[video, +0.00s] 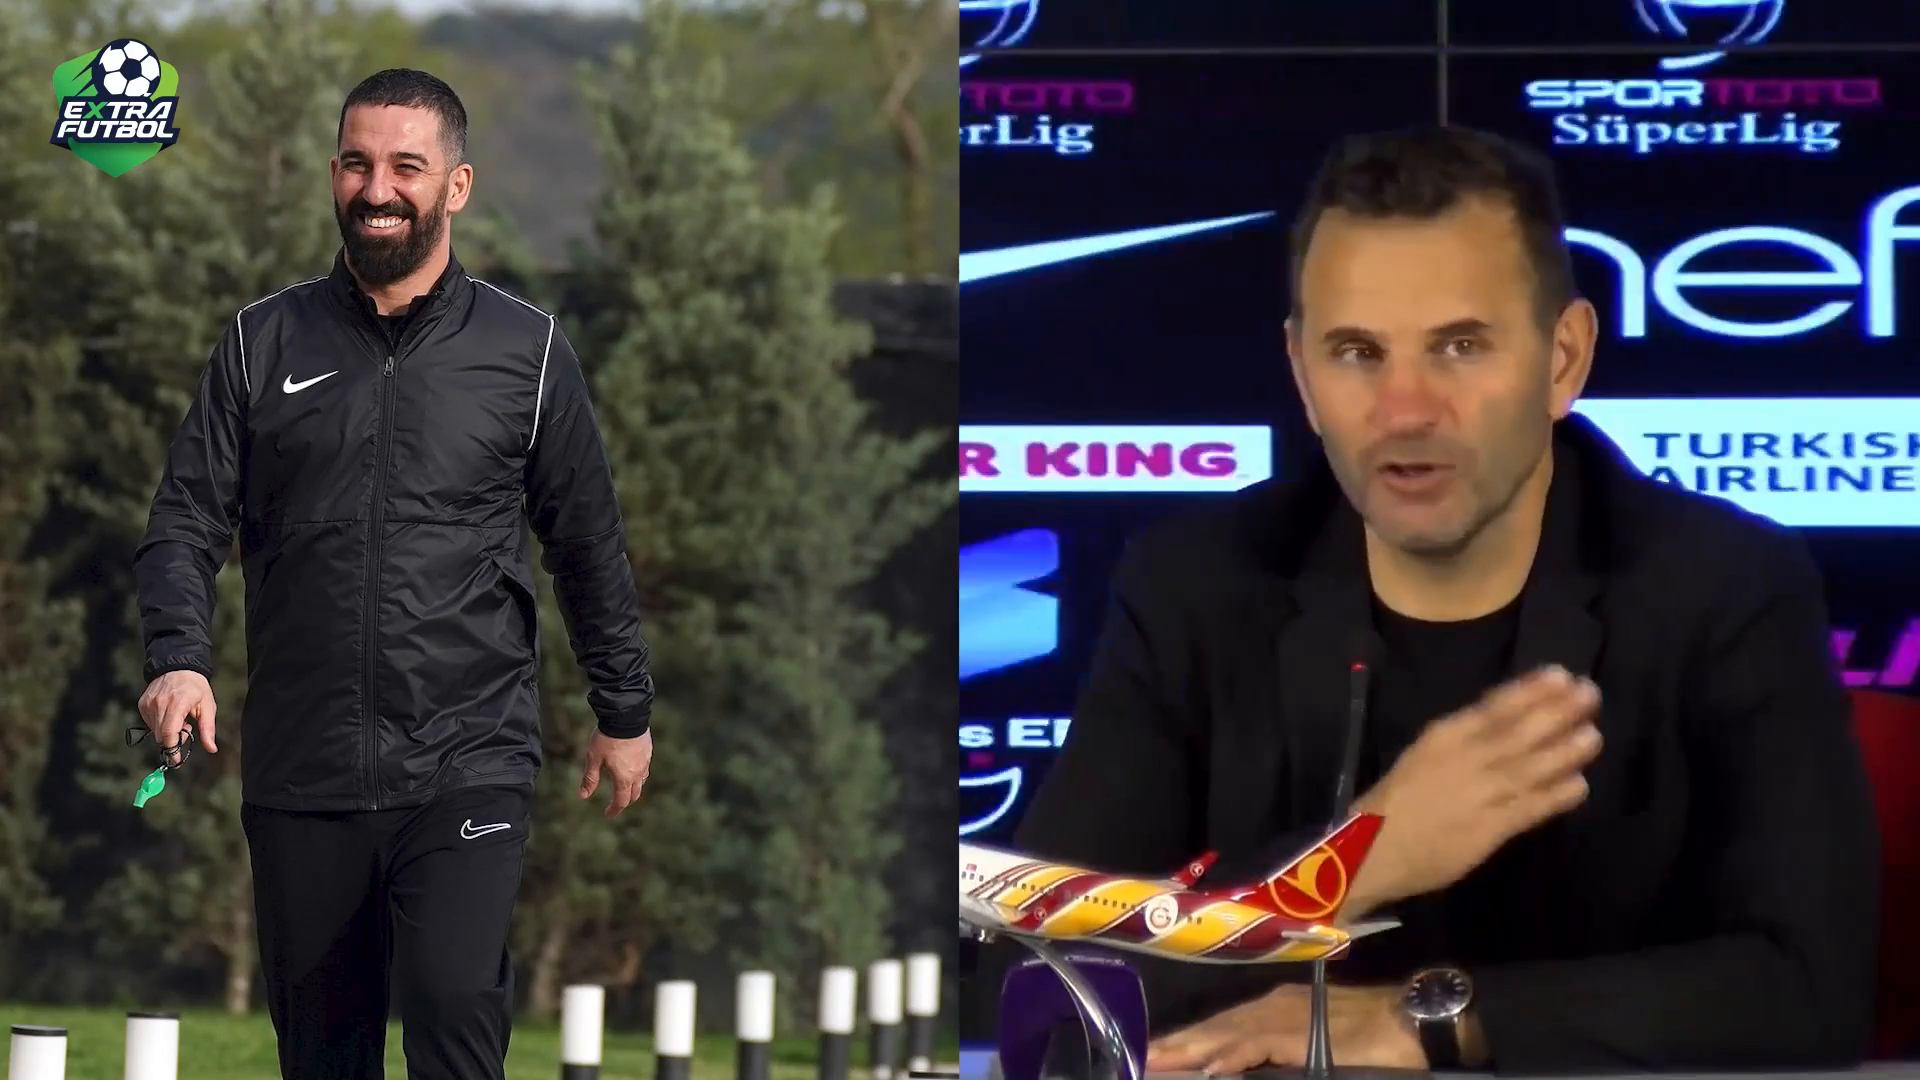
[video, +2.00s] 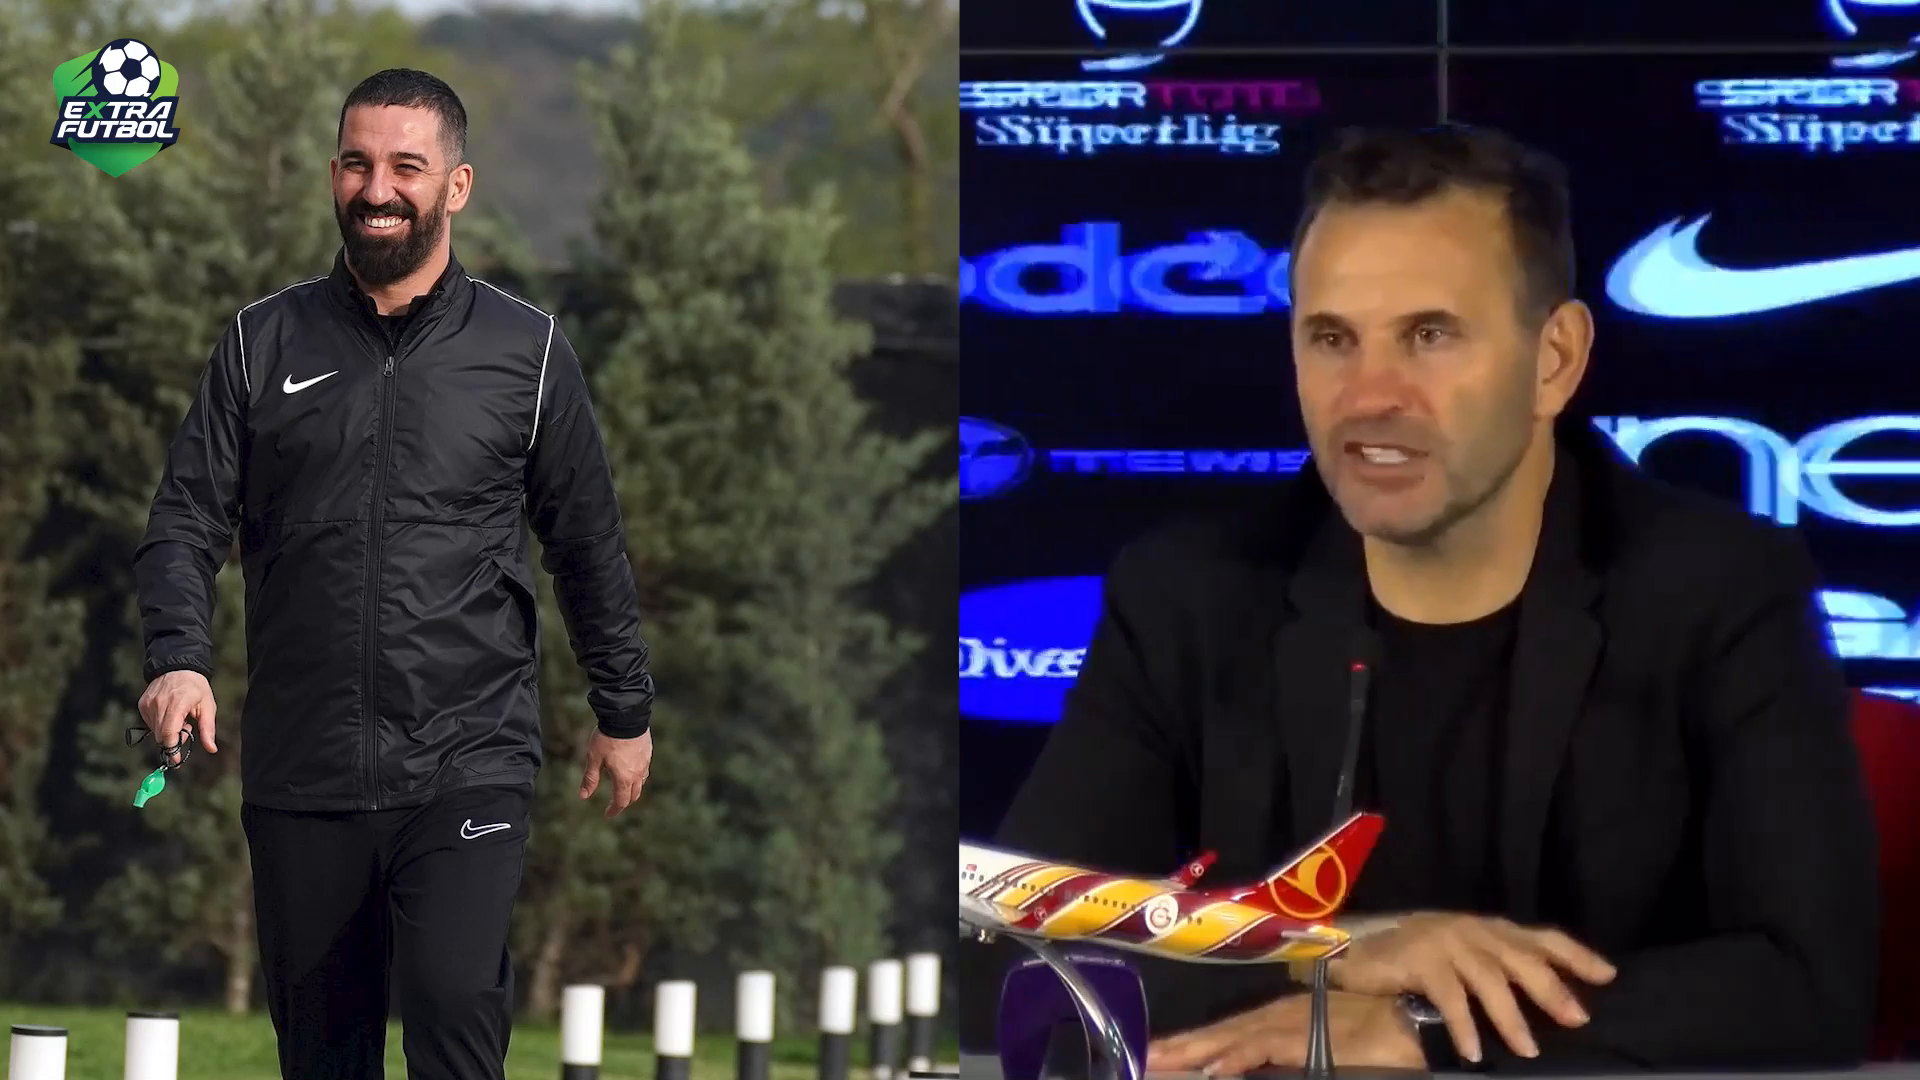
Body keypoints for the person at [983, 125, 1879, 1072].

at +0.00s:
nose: (1404, 405)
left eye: (1461, 345)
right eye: (1358, 351)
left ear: (1566, 355)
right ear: (1300, 367)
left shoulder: (1729, 593)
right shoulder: (1193, 588)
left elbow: (1810, 993)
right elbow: (1049, 981)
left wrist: (1432, 1020)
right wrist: (1357, 858)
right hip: (1252, 1077)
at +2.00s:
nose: (1368, 392)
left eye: (1430, 334)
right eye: (1332, 338)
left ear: (1557, 358)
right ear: (1294, 356)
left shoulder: (1722, 592)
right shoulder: (1192, 592)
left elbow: (1809, 990)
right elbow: (1026, 956)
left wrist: (1418, 1030)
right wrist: (1329, 955)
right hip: (1248, 1072)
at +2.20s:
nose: (1359, 394)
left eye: (1421, 334)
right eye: (1324, 339)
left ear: (1552, 358)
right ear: (1290, 355)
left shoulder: (1722, 593)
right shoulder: (1188, 590)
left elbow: (1808, 990)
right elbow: (1027, 949)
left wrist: (1419, 1031)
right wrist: (1326, 956)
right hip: (1243, 1075)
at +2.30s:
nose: (1359, 393)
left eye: (1420, 334)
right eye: (1324, 339)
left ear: (1552, 357)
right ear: (1289, 357)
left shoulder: (1720, 592)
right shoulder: (1188, 591)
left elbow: (1808, 988)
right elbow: (1029, 947)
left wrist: (1422, 1030)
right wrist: (1328, 955)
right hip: (1246, 1075)